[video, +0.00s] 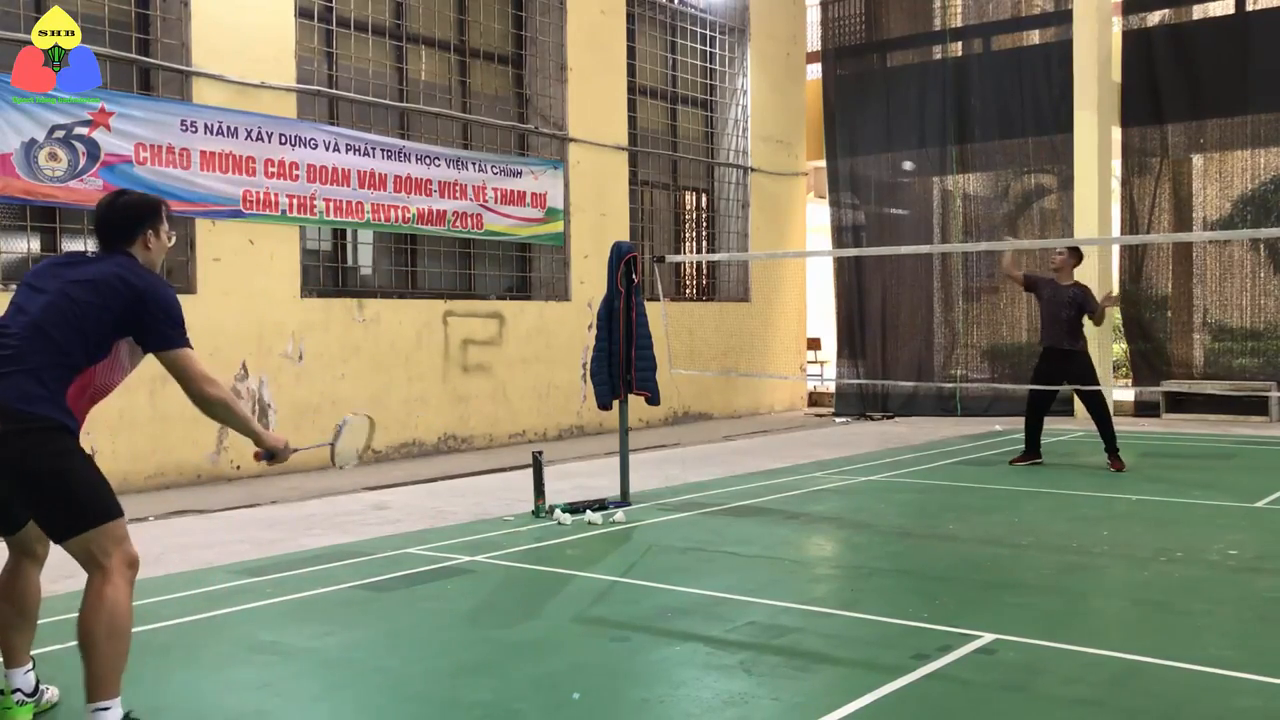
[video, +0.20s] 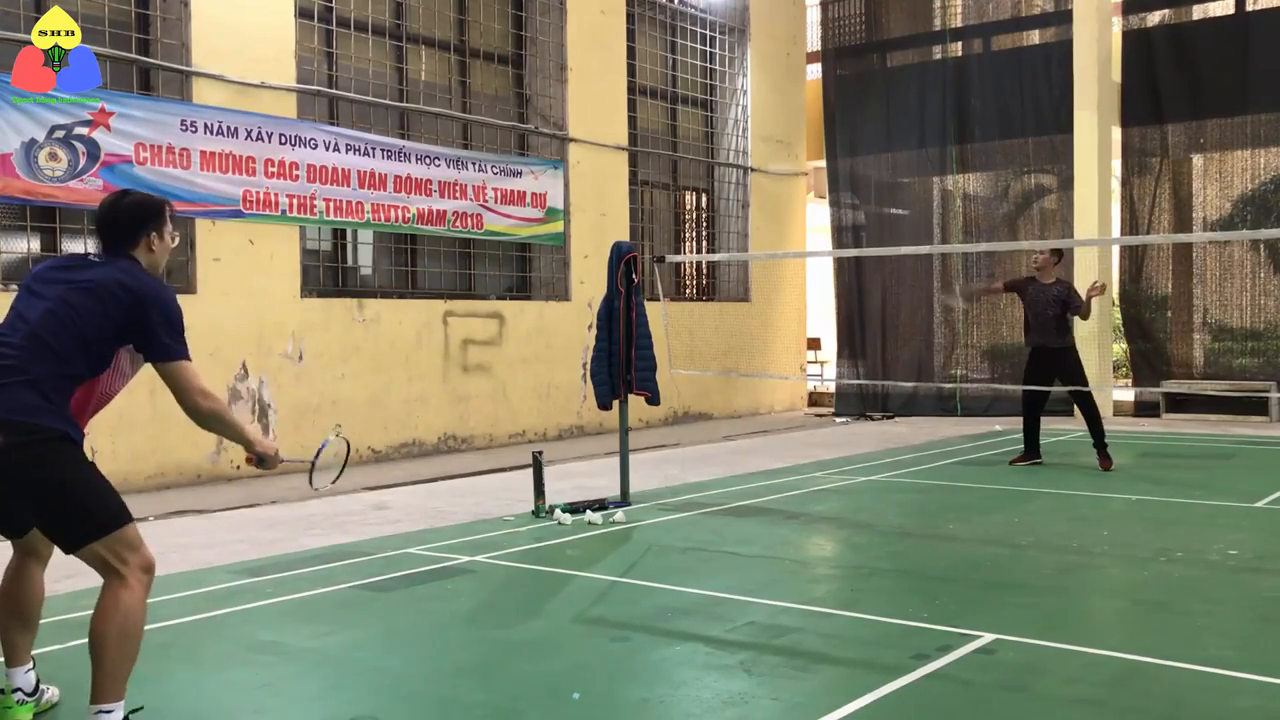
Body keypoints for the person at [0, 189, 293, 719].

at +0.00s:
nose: (168, 241)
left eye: (167, 230)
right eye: (166, 230)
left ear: (106, 235)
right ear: (148, 236)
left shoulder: (48, 266)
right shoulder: (145, 289)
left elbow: (21, 345)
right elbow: (202, 389)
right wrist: (260, 435)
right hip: (32, 424)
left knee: (27, 549)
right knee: (114, 561)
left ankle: (19, 688)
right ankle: (105, 712)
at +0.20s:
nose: (172, 242)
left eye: (171, 231)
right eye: (169, 232)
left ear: (109, 235)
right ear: (152, 237)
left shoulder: (51, 268)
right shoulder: (147, 292)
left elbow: (19, 346)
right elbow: (197, 401)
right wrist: (254, 441)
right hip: (33, 432)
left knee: (31, 549)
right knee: (130, 566)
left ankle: (20, 688)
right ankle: (108, 713)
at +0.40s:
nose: (170, 239)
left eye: (169, 229)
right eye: (168, 230)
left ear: (106, 233)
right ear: (156, 238)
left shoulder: (40, 266)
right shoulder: (154, 298)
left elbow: (2, 322)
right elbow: (182, 406)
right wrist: (178, 408)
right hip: (45, 437)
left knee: (24, 546)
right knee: (136, 569)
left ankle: (10, 685)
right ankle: (110, 713)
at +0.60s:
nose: (157, 228)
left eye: (158, 219)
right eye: (158, 220)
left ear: (95, 212)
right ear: (148, 224)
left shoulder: (18, 248)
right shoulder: (144, 282)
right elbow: (246, 320)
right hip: (30, 438)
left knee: (8, 551)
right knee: (97, 565)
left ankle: (8, 681)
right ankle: (104, 711)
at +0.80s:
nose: (139, 210)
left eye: (138, 200)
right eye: (136, 201)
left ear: (73, 201)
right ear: (121, 204)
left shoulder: (18, 240)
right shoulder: (128, 260)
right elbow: (238, 297)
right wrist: (318, 306)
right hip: (30, 428)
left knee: (14, 551)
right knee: (88, 562)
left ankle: (10, 684)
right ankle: (103, 710)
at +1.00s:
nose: (135, 206)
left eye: (132, 194)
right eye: (132, 195)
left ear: (69, 198)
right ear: (114, 197)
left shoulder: (16, 241)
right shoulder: (110, 255)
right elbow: (195, 338)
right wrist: (264, 364)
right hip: (22, 418)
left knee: (22, 548)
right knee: (88, 559)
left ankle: (10, 686)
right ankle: (110, 709)